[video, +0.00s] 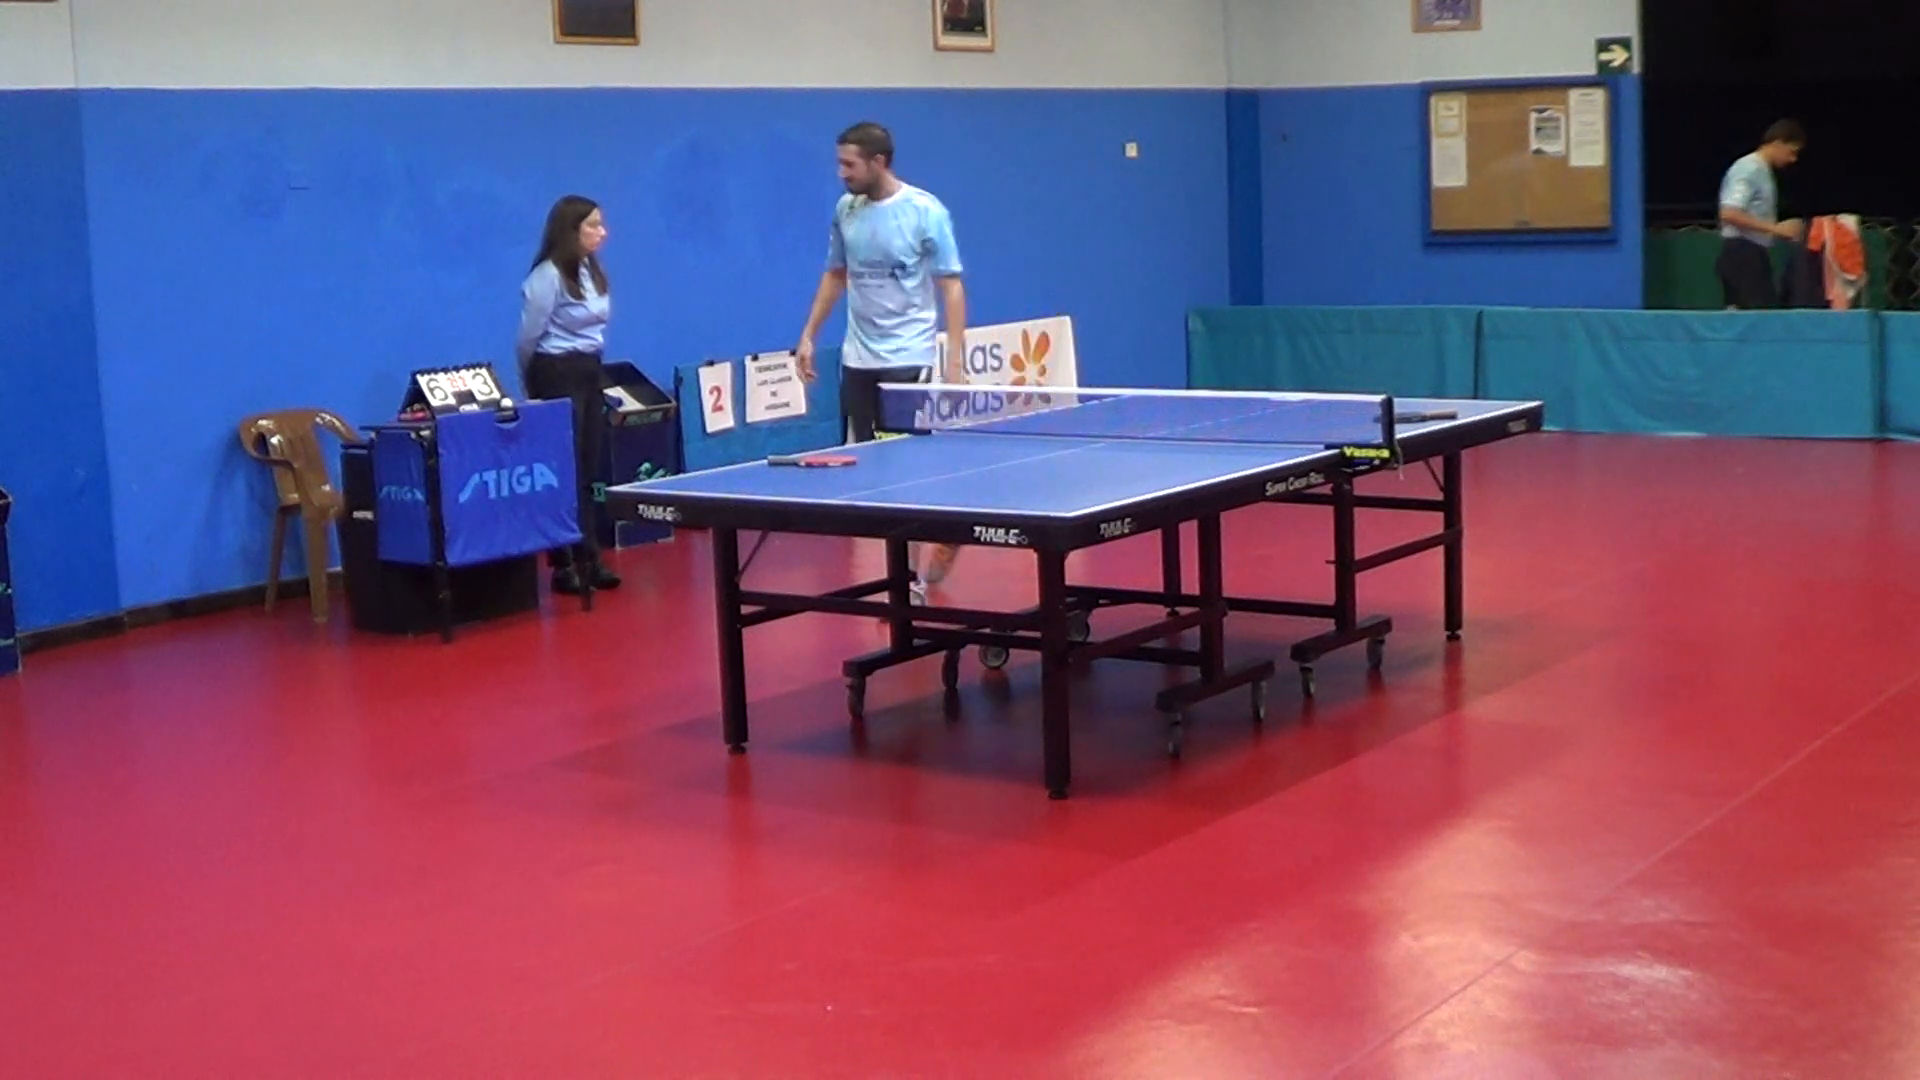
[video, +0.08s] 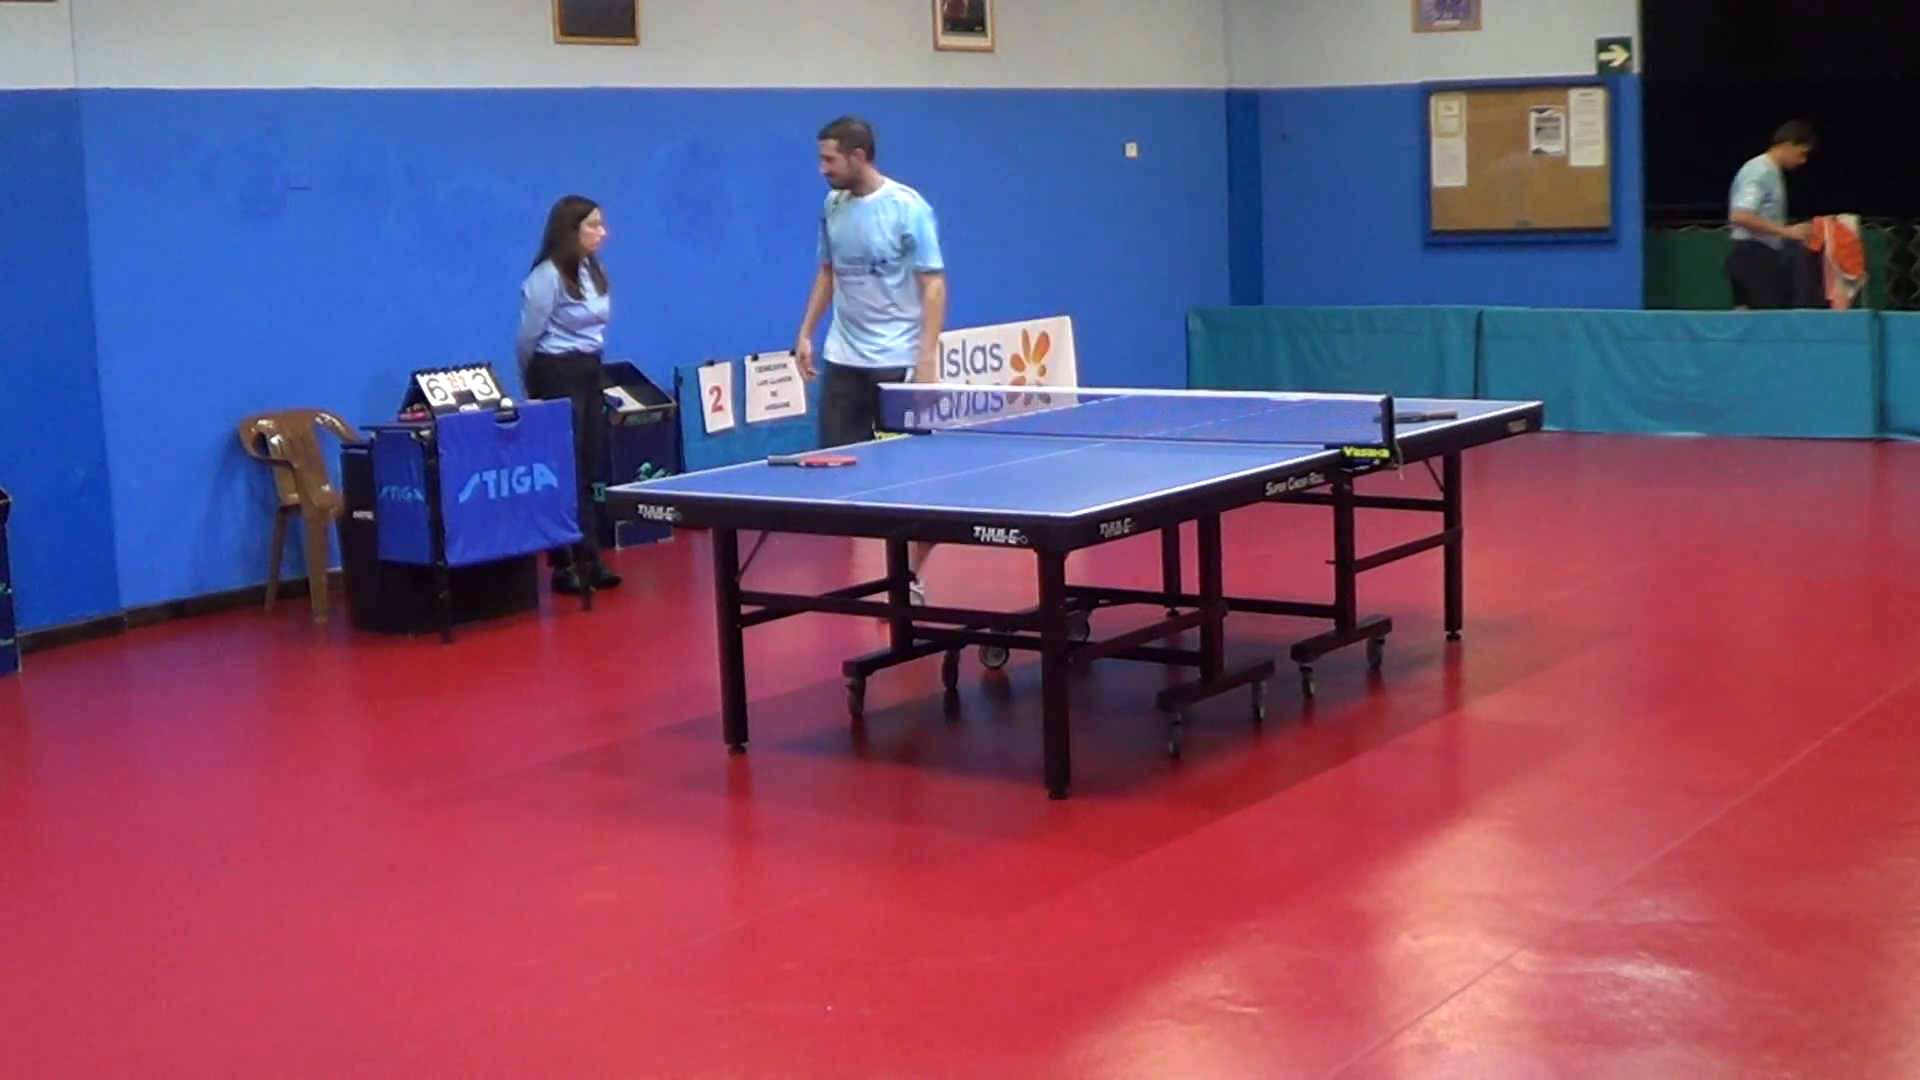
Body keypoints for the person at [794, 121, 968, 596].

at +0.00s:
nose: (843, 173)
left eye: (849, 164)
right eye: (841, 165)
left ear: (880, 162)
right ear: (852, 165)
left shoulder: (926, 211)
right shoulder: (846, 209)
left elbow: (951, 286)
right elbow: (835, 274)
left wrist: (955, 363)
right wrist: (808, 336)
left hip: (912, 362)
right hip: (859, 362)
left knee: (919, 463)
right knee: (867, 467)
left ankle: (947, 542)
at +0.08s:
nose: (823, 169)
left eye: (829, 160)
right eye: (821, 160)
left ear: (859, 157)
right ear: (842, 159)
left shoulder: (909, 207)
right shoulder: (833, 206)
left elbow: (934, 286)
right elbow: (828, 272)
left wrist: (927, 362)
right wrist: (806, 333)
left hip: (902, 365)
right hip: (845, 363)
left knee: (915, 471)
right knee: (837, 465)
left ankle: (912, 576)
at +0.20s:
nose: (790, 169)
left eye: (796, 159)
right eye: (788, 159)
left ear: (823, 155)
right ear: (814, 157)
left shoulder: (879, 205)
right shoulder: (812, 205)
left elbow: (902, 284)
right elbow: (819, 279)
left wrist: (878, 362)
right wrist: (801, 336)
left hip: (870, 367)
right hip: (818, 363)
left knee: (878, 471)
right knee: (787, 455)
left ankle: (905, 577)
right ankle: (851, 558)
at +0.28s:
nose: (766, 172)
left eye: (771, 162)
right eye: (766, 162)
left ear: (796, 159)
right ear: (794, 160)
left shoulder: (856, 208)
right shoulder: (793, 211)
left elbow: (875, 288)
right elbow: (812, 288)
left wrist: (843, 360)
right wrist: (804, 349)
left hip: (854, 368)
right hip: (803, 364)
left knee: (877, 473)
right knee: (776, 462)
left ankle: (903, 581)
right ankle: (787, 585)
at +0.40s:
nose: (727, 178)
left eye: (732, 169)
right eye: (728, 169)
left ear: (754, 167)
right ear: (756, 168)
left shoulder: (812, 215)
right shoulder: (761, 221)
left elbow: (832, 291)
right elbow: (780, 299)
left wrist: (796, 357)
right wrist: (769, 363)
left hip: (825, 381)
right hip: (772, 381)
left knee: (860, 487)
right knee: (756, 493)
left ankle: (904, 584)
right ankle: (722, 600)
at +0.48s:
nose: (699, 179)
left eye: (703, 169)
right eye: (699, 170)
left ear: (726, 167)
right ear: (727, 168)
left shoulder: (781, 214)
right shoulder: (735, 221)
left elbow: (805, 289)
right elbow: (749, 306)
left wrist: (769, 357)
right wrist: (730, 375)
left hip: (793, 385)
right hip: (742, 386)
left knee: (833, 491)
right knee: (731, 500)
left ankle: (893, 578)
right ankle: (719, 607)